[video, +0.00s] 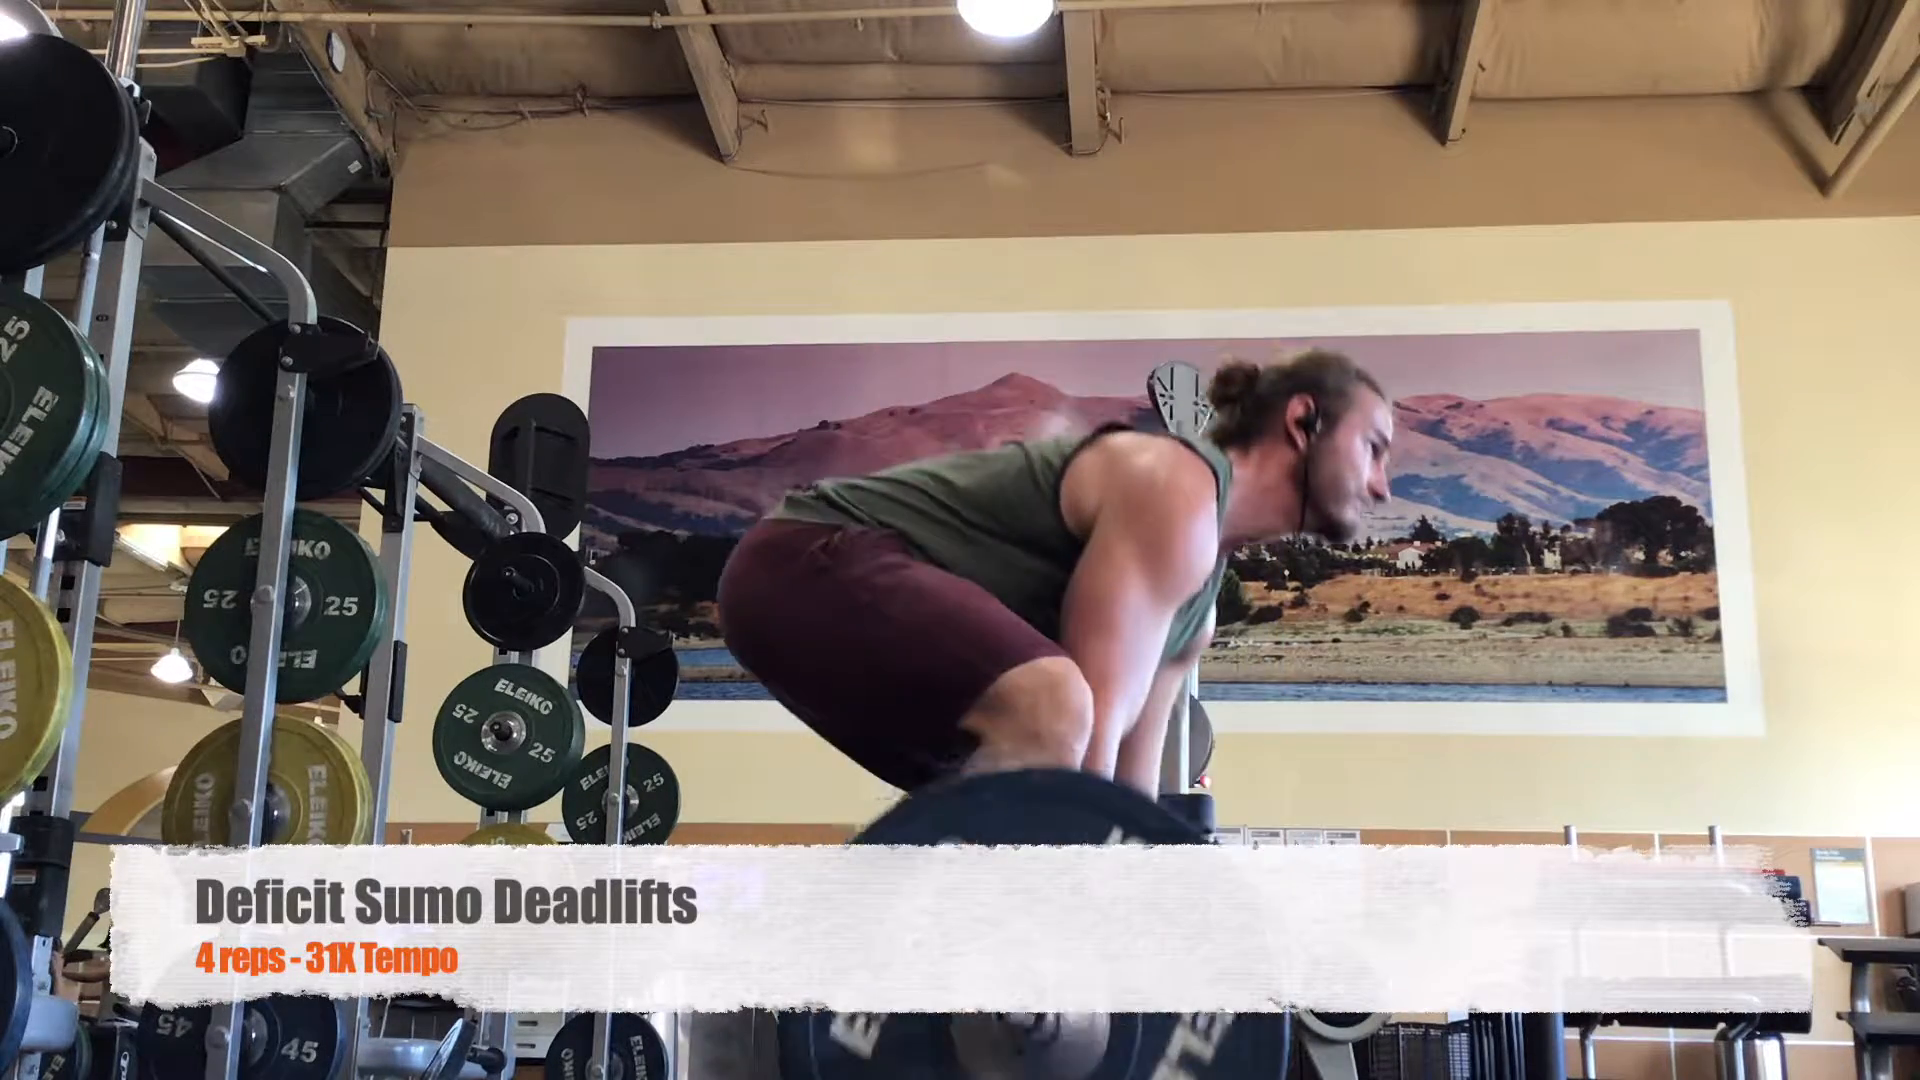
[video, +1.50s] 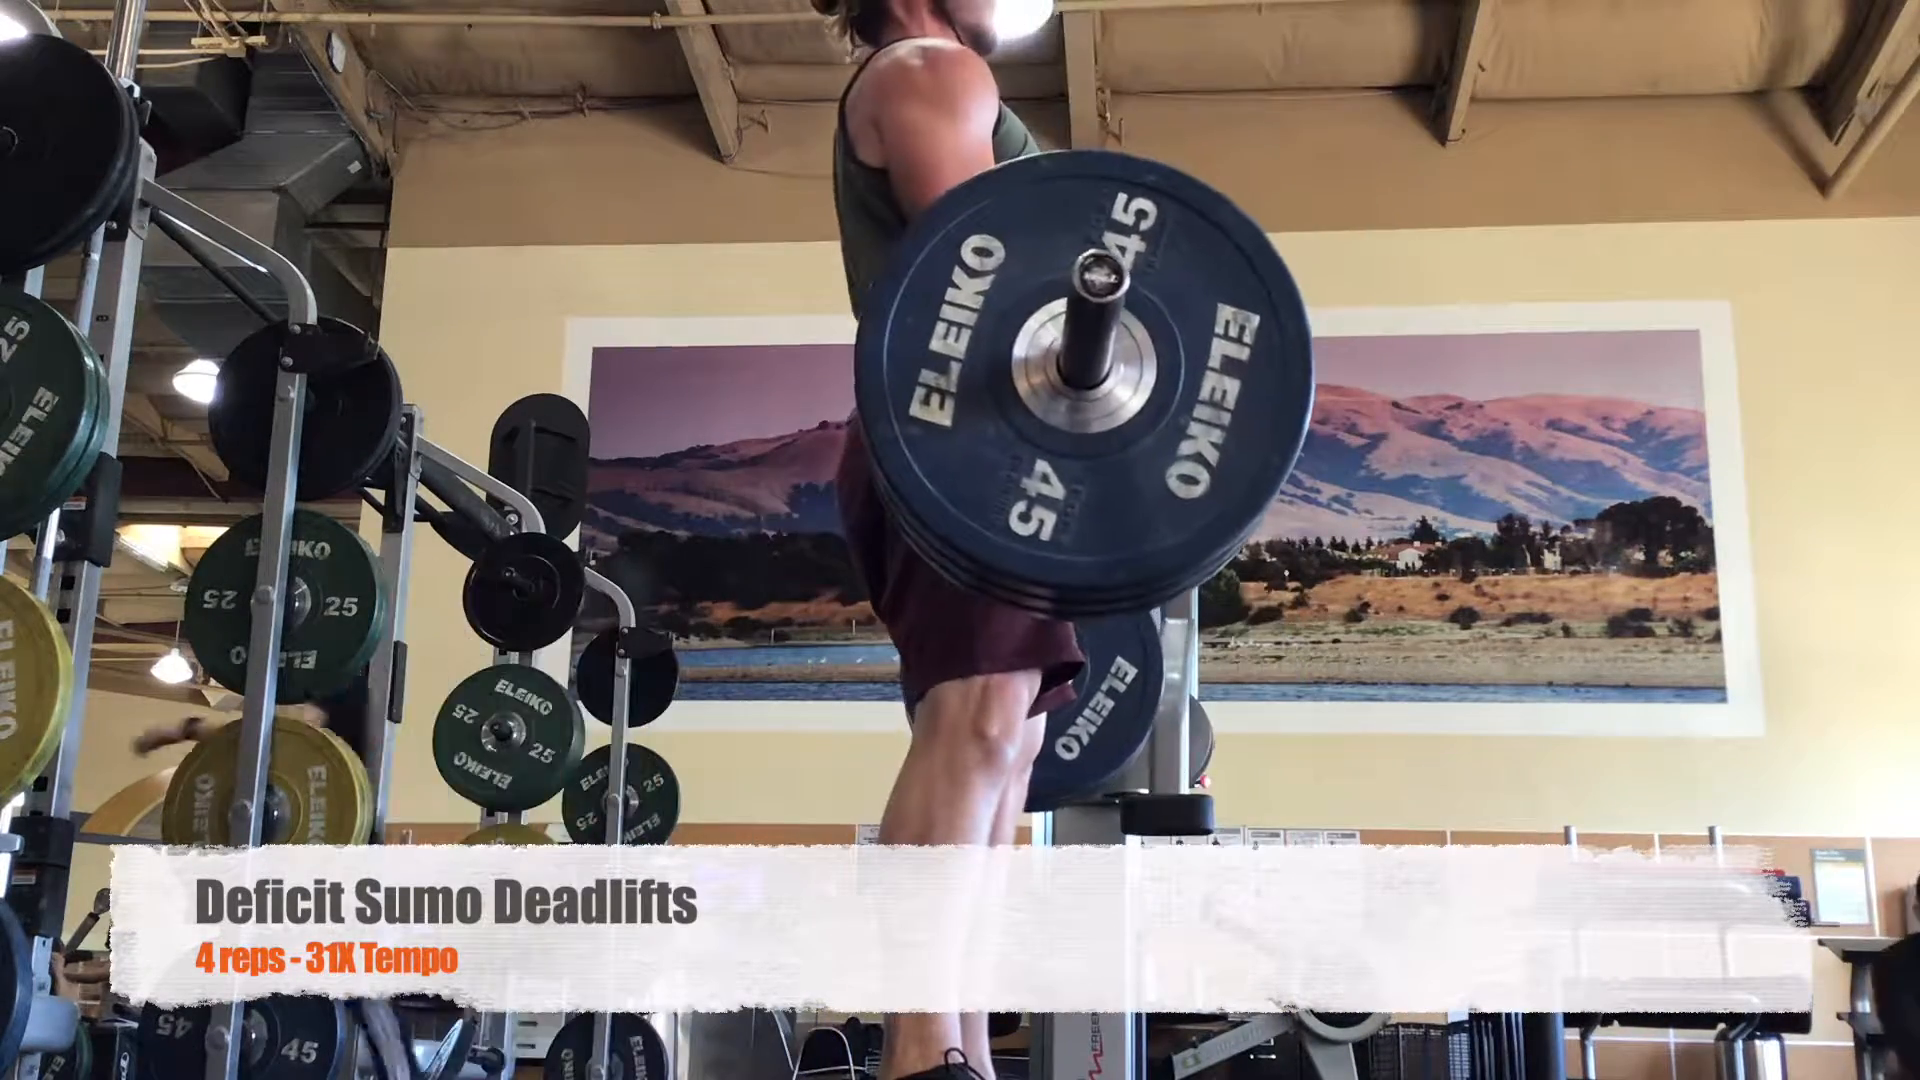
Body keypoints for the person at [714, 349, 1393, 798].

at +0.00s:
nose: (1382, 482)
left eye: (1388, 462)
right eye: (1374, 447)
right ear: (1301, 423)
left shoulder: (1193, 599)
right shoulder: (1169, 493)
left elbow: (1134, 771)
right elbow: (1081, 735)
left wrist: (1138, 950)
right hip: (810, 557)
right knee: (1047, 707)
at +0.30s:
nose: (1398, 411)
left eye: (1402, 394)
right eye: (1388, 378)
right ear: (1315, 349)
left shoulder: (1202, 525)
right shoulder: (1180, 413)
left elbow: (1141, 681)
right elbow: (1080, 638)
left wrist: (1157, 828)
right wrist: (1092, 817)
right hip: (832, 483)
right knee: (1022, 690)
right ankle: (849, 763)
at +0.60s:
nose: (1313, 149)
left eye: (1312, 133)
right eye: (1295, 125)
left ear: (1229, 134)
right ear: (1224, 123)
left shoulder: (1173, 311)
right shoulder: (1142, 208)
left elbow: (1177, 454)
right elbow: (1085, 397)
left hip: (910, 446)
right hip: (849, 422)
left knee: (974, 728)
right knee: (941, 713)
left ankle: (956, 1038)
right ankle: (922, 1040)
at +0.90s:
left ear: (1010, 4)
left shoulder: (1041, 73)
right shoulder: (1012, 55)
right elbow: (1005, 274)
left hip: (1010, 439)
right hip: (956, 432)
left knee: (1014, 723)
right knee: (970, 709)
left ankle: (963, 1025)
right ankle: (917, 1040)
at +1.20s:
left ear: (917, 9)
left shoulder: (953, 79)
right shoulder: (936, 70)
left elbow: (1006, 277)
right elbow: (993, 273)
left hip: (988, 448)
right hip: (940, 443)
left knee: (1009, 733)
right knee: (972, 719)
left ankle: (961, 1037)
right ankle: (916, 1044)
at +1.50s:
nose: (1005, 3)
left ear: (903, 13)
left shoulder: (922, 83)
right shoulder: (930, 72)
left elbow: (994, 280)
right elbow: (990, 276)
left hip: (977, 447)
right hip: (948, 444)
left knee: (1003, 740)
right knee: (976, 725)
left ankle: (961, 1045)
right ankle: (917, 1049)